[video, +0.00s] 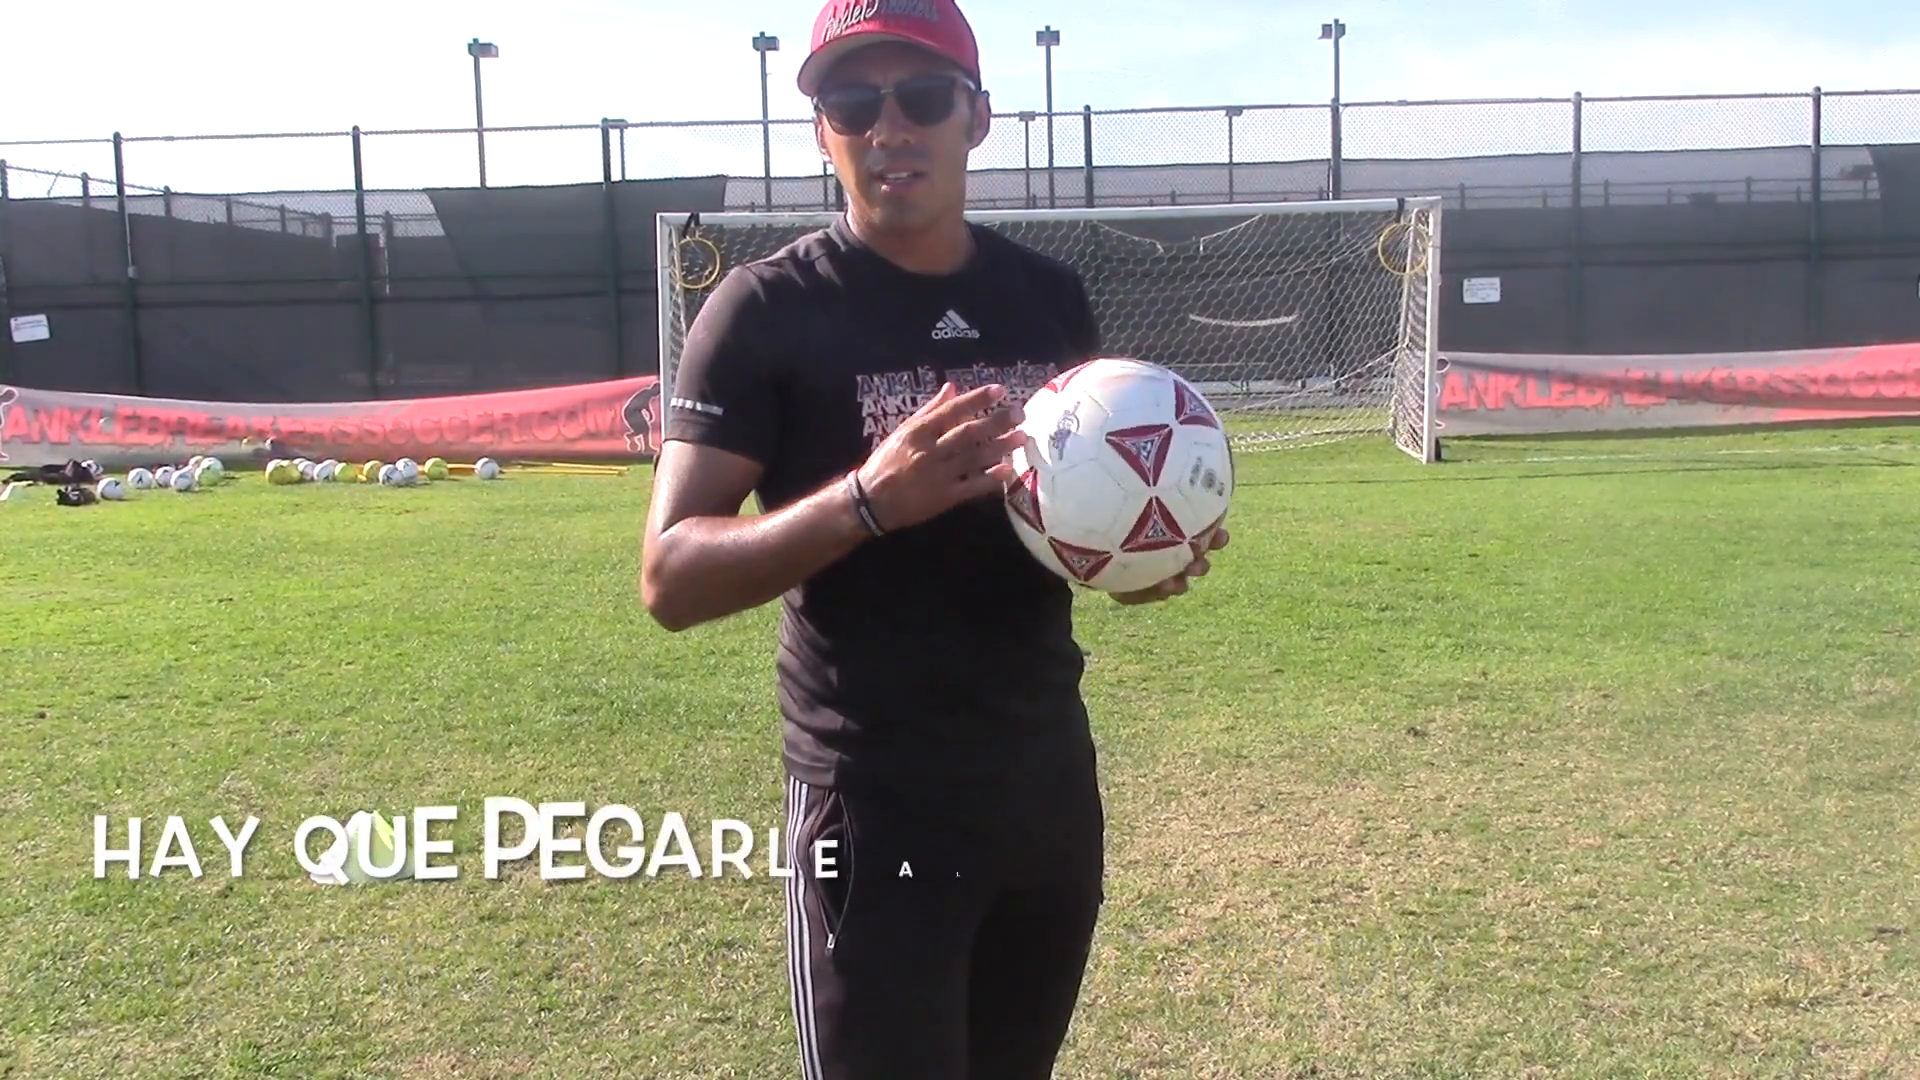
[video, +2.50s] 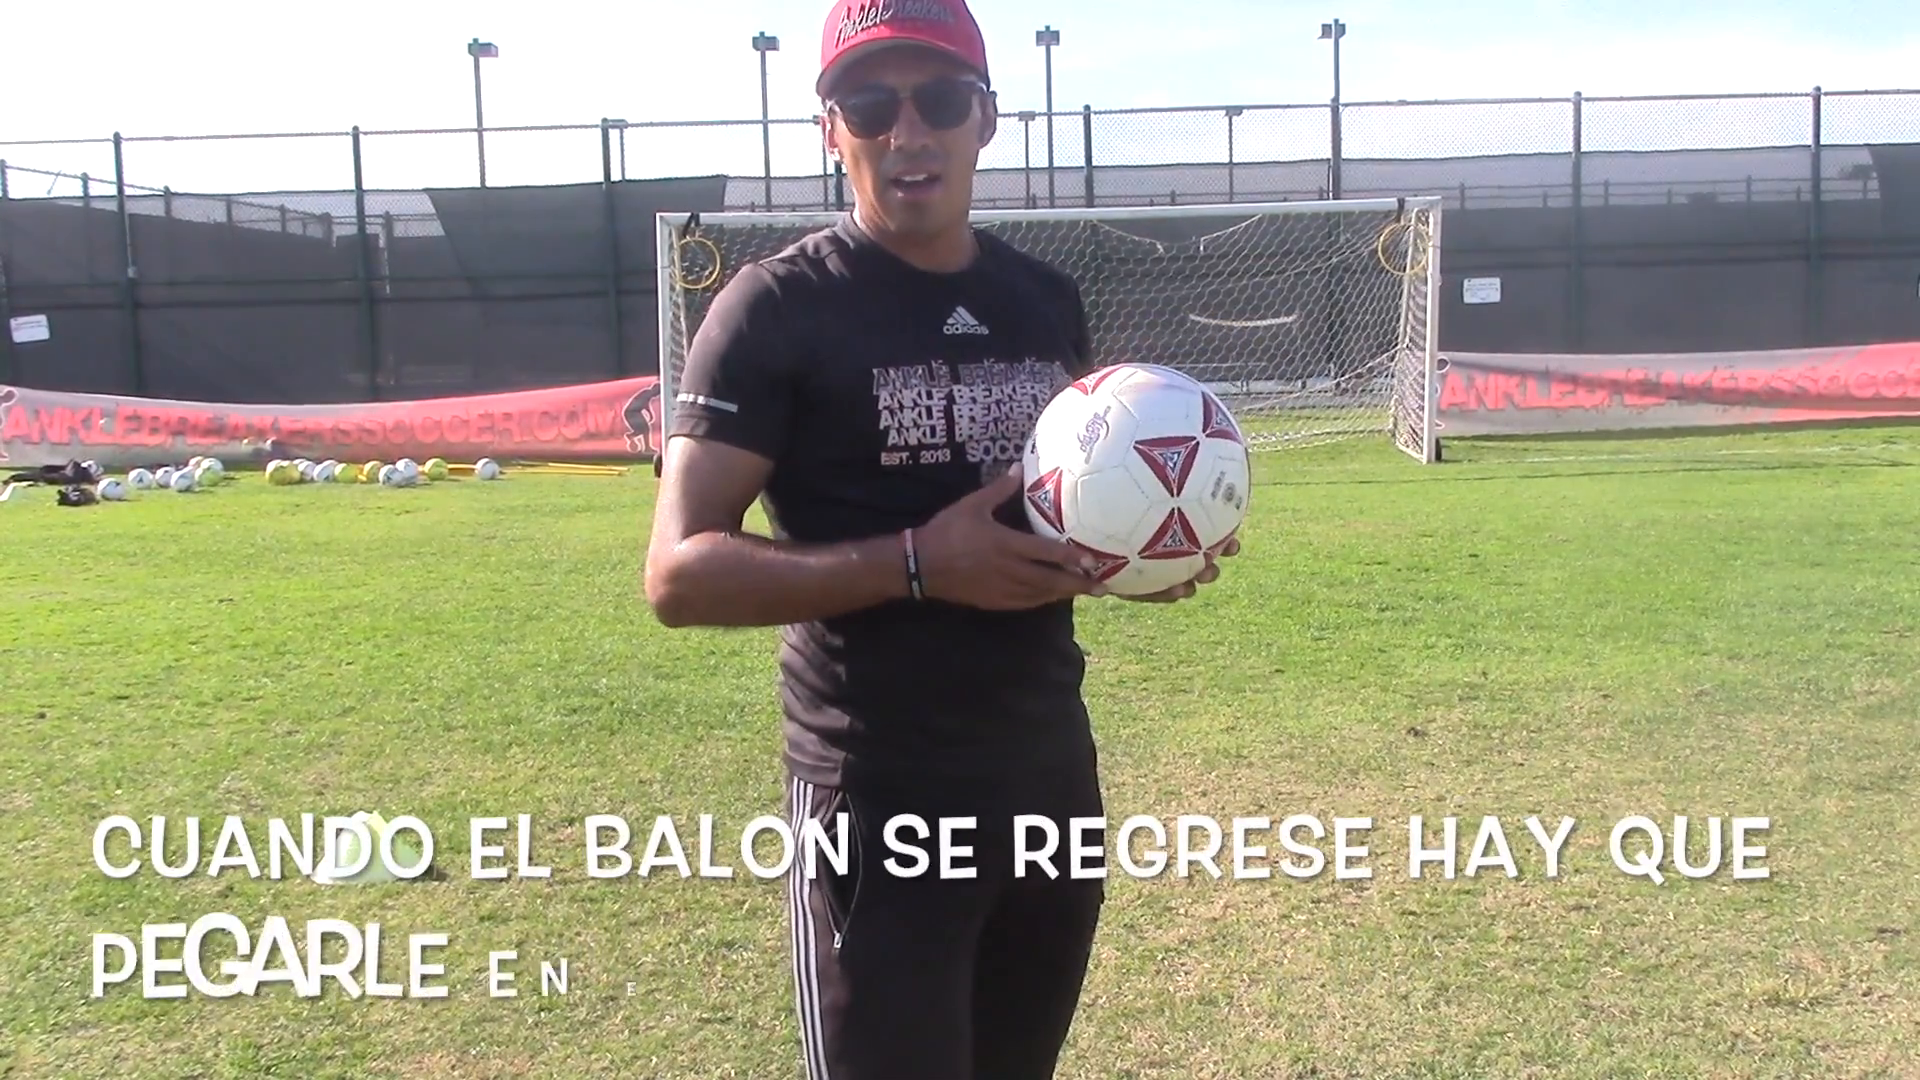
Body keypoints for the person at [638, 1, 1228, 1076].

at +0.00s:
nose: (890, 131)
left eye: (922, 100)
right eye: (857, 105)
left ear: (976, 117)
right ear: (822, 133)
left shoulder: (1047, 297)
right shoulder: (762, 310)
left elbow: (1089, 499)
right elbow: (672, 581)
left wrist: (1162, 537)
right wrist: (870, 499)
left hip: (1045, 779)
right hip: (869, 793)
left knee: (1014, 1064)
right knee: (883, 1062)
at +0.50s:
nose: (906, 130)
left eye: (937, 100)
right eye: (870, 102)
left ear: (983, 122)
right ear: (828, 129)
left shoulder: (1039, 296)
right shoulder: (767, 305)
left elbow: (1075, 524)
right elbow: (687, 585)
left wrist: (1156, 552)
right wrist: (862, 510)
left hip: (1040, 769)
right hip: (866, 784)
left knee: (1011, 1062)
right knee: (886, 1063)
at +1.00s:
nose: (901, 133)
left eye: (932, 101)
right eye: (866, 105)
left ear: (977, 120)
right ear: (825, 133)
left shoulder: (1040, 298)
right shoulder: (764, 309)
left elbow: (1069, 531)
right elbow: (683, 581)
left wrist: (1146, 553)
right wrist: (900, 537)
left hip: (1041, 770)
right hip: (864, 782)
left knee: (1013, 1063)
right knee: (884, 1063)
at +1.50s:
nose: (894, 134)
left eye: (925, 102)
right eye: (859, 108)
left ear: (972, 120)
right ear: (820, 136)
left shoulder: (1035, 299)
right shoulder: (761, 312)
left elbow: (1063, 530)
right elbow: (677, 581)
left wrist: (1135, 553)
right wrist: (897, 546)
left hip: (1043, 770)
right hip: (868, 784)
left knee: (1016, 1064)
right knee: (884, 1062)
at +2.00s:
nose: (911, 134)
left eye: (944, 102)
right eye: (876, 104)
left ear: (986, 124)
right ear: (830, 131)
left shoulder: (1046, 300)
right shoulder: (765, 305)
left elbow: (1080, 539)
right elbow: (661, 571)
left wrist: (1142, 556)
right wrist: (802, 526)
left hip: (1042, 764)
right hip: (868, 775)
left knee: (1017, 1063)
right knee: (881, 1060)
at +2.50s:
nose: (911, 135)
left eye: (942, 102)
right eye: (874, 105)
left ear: (985, 120)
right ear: (832, 132)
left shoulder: (1043, 299)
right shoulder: (772, 306)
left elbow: (1067, 509)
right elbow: (678, 575)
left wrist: (1167, 535)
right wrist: (916, 560)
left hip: (1045, 759)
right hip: (874, 772)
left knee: (1018, 1062)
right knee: (888, 1062)